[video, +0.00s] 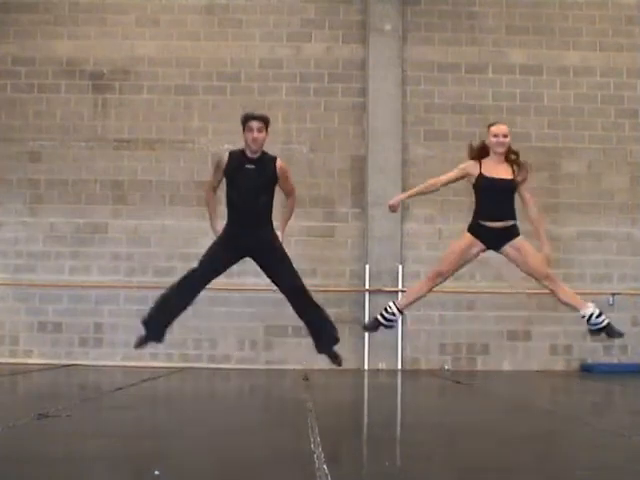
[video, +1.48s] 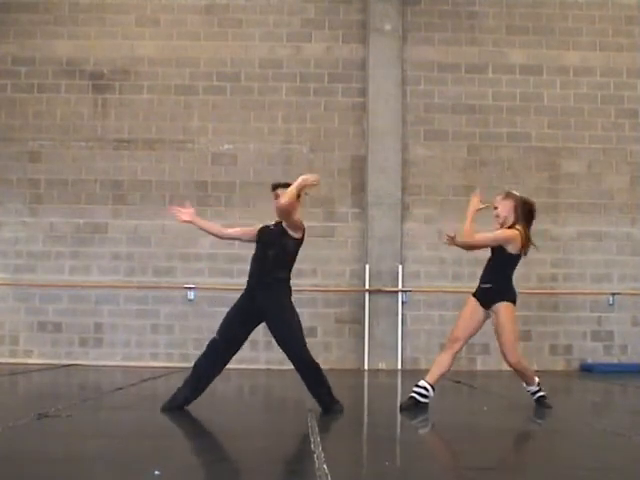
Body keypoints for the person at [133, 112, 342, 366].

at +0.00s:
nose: (255, 135)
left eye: (260, 131)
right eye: (251, 130)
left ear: (266, 136)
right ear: (243, 134)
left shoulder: (276, 167)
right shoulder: (226, 160)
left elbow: (291, 196)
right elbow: (211, 191)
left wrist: (281, 230)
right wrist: (215, 227)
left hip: (264, 240)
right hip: (233, 238)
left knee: (295, 289)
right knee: (196, 279)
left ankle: (327, 343)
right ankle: (153, 329)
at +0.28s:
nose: (258, 201)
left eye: (263, 196)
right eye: (253, 196)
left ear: (270, 201)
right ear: (246, 200)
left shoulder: (278, 233)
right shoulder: (231, 229)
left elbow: (281, 278)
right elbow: (214, 268)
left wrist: (277, 276)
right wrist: (200, 301)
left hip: (264, 302)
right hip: (233, 301)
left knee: (289, 351)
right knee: (210, 348)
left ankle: (280, 398)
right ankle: (210, 399)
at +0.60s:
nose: (246, 191)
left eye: (250, 187)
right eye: (241, 186)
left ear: (257, 188)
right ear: (234, 188)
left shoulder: (267, 204)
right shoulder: (224, 204)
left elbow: (301, 211)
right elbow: (193, 180)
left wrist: (326, 229)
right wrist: (201, 152)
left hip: (261, 292)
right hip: (229, 292)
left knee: (292, 341)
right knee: (199, 340)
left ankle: (317, 398)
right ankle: (176, 399)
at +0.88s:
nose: (231, 200)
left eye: (236, 195)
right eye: (227, 195)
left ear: (245, 198)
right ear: (221, 200)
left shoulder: (260, 223)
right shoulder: (215, 228)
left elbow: (292, 246)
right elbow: (176, 232)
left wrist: (313, 273)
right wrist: (186, 203)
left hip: (261, 302)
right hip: (229, 304)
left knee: (295, 348)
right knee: (199, 347)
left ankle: (316, 398)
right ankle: (178, 399)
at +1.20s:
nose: (262, 200)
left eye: (267, 195)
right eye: (257, 196)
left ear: (274, 199)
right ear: (251, 199)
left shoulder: (281, 223)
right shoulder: (236, 222)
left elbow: (316, 223)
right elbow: (198, 223)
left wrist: (304, 199)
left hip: (272, 302)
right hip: (239, 302)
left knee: (305, 348)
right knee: (206, 346)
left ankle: (327, 402)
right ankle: (179, 398)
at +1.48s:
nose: (280, 201)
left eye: (284, 198)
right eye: (277, 198)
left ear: (296, 201)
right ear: (274, 201)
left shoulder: (295, 230)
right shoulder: (266, 231)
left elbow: (283, 207)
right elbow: (225, 233)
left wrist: (298, 185)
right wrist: (193, 219)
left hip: (277, 303)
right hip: (251, 300)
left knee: (300, 357)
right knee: (220, 347)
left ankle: (330, 404)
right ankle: (183, 396)